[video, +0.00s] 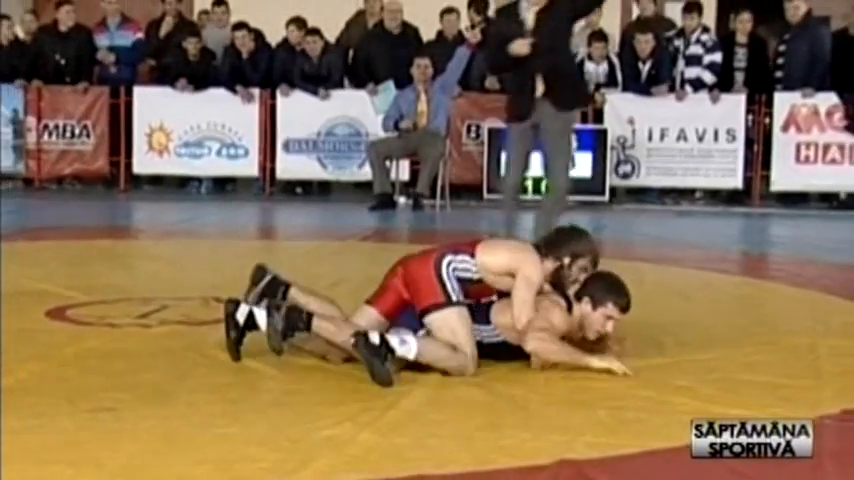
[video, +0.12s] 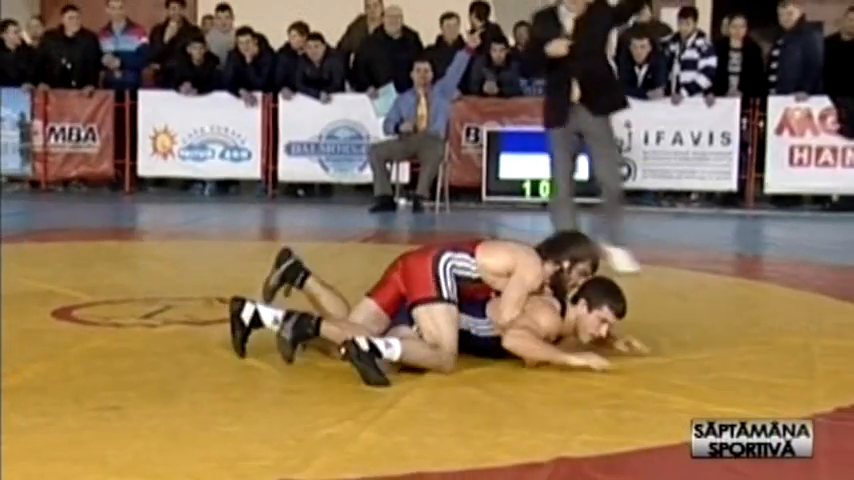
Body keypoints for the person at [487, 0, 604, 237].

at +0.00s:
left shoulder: (563, 8)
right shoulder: (503, 16)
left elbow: (593, 2)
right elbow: (493, 63)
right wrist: (509, 51)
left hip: (558, 100)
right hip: (521, 101)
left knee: (558, 180)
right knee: (513, 177)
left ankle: (544, 237)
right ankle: (507, 235)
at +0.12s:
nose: (579, 4)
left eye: (582, 2)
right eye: (575, 1)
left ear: (588, 1)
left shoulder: (602, 14)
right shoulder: (544, 20)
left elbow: (633, 6)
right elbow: (529, 62)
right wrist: (545, 50)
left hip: (595, 108)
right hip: (560, 108)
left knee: (610, 180)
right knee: (562, 184)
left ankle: (612, 242)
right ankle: (567, 246)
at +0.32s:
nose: (636, 23)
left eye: (642, 17)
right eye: (630, 17)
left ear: (653, 20)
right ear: (623, 21)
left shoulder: (664, 46)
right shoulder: (611, 56)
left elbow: (696, 37)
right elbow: (592, 102)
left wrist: (704, 13)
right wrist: (609, 83)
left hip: (664, 143)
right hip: (627, 144)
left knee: (694, 206)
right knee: (600, 206)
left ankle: (718, 267)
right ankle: (573, 264)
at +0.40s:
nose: (661, 22)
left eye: (668, 15)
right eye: (655, 16)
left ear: (680, 18)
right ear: (648, 21)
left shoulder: (696, 43)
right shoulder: (641, 51)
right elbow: (625, 99)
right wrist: (636, 83)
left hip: (697, 141)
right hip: (660, 140)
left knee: (714, 206)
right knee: (628, 205)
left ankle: (717, 268)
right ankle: (583, 257)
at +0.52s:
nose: (694, 13)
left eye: (700, 6)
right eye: (689, 7)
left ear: (713, 7)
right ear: (685, 10)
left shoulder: (732, 28)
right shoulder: (677, 38)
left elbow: (764, 9)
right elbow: (663, 86)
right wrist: (674, 73)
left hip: (730, 125)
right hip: (693, 124)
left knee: (732, 202)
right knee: (681, 199)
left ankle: (725, 264)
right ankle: (680, 264)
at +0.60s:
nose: (720, 15)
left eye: (726, 8)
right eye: (714, 9)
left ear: (738, 10)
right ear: (706, 12)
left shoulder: (753, 32)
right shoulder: (700, 40)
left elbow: (779, 17)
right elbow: (686, 89)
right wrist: (695, 72)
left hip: (748, 126)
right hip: (713, 126)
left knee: (755, 197)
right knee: (718, 203)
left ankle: (756, 256)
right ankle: (730, 268)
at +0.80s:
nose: (776, 43)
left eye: (782, 37)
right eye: (771, 37)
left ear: (795, 40)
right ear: (763, 42)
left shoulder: (806, 67)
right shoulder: (756, 69)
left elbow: (831, 57)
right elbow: (731, 113)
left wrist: (824, 22)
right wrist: (745, 100)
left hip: (804, 157)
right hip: (768, 158)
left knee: (839, 220)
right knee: (753, 222)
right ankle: (745, 279)